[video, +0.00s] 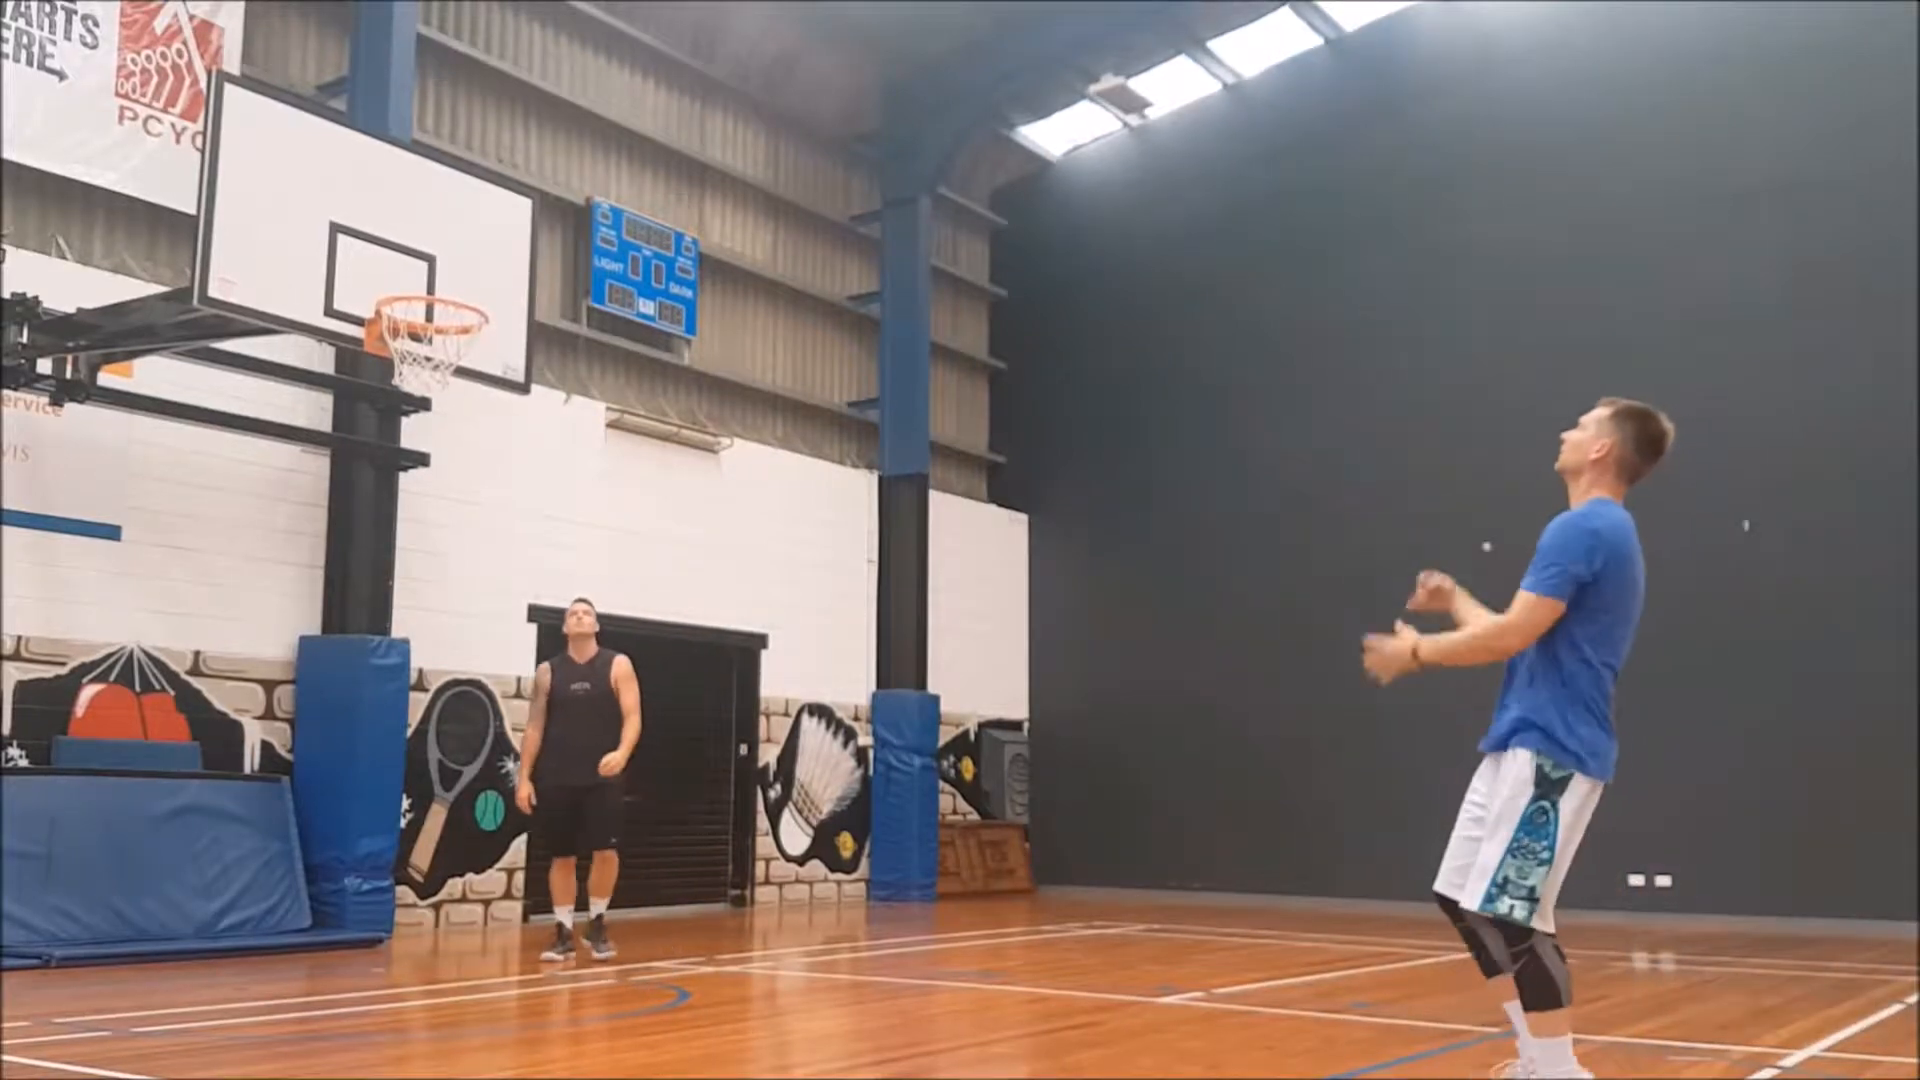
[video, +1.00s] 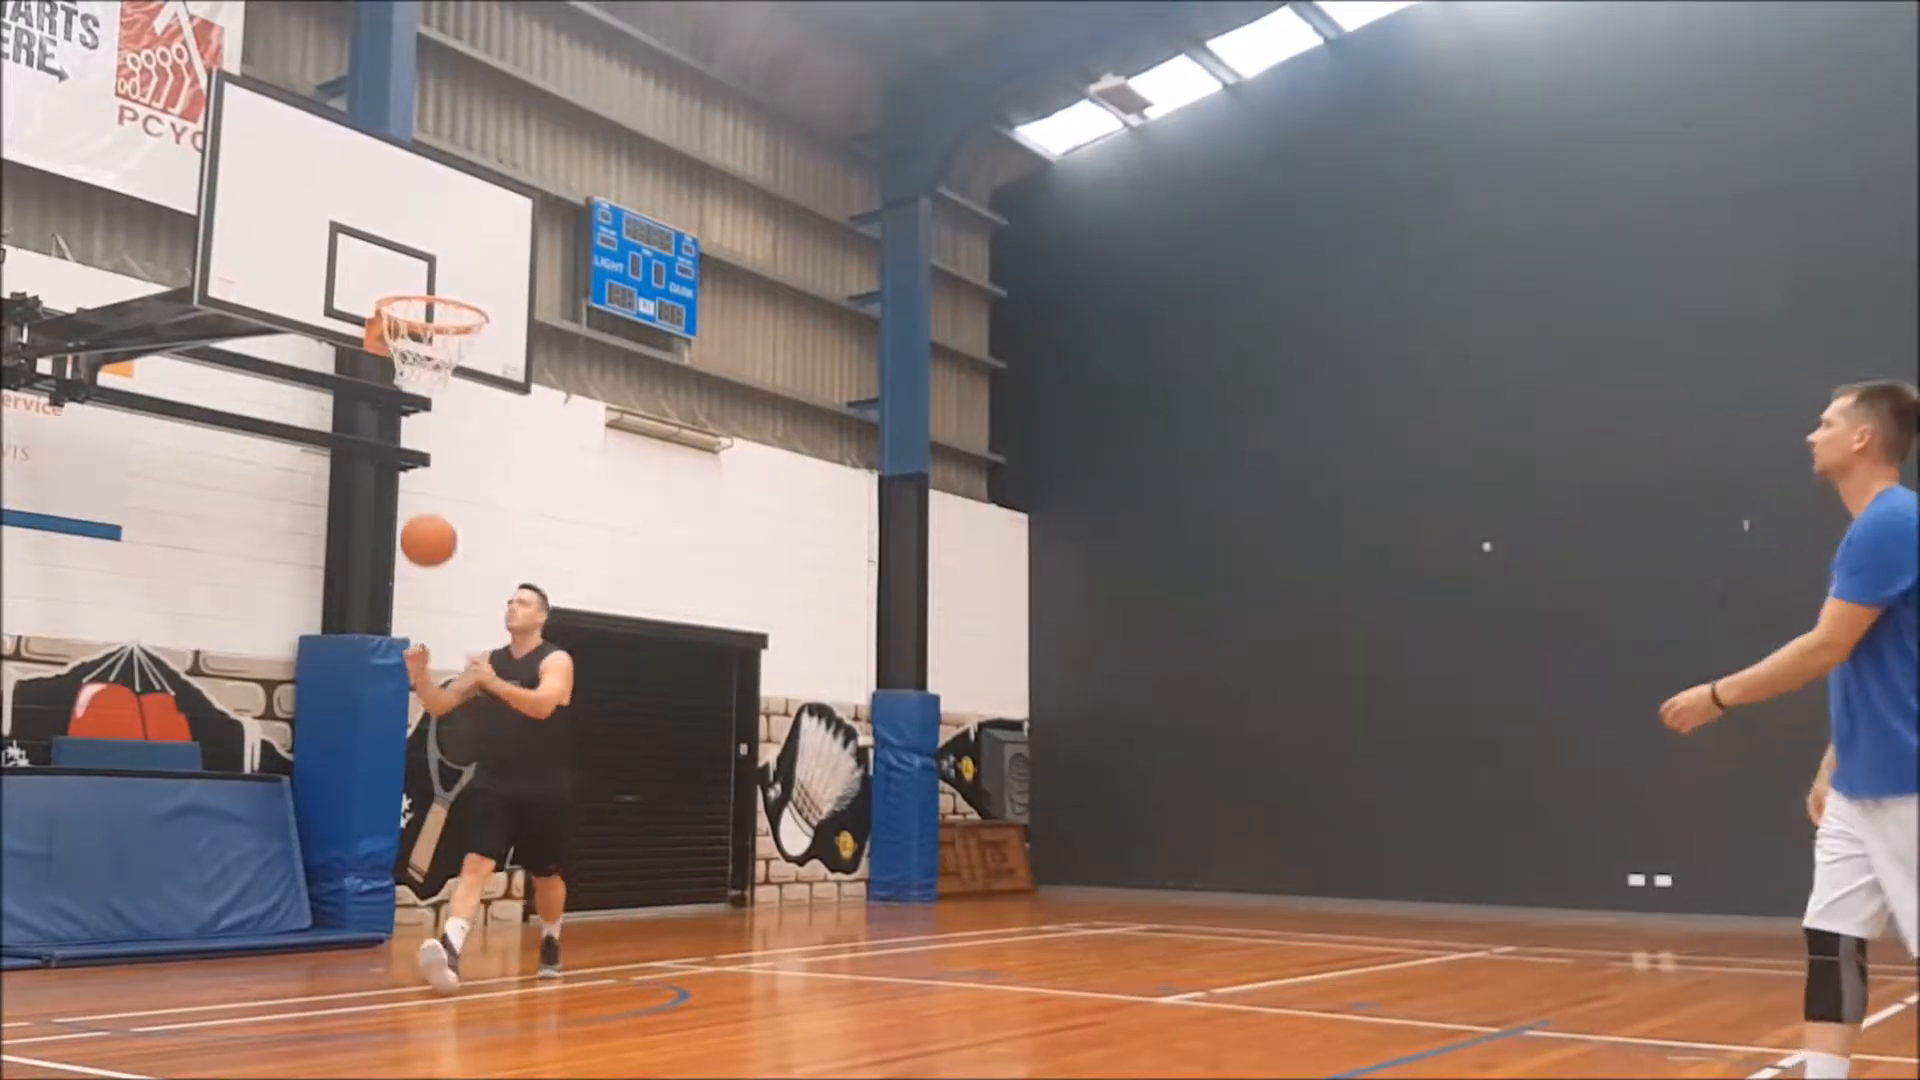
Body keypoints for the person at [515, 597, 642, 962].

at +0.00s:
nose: (579, 616)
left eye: (586, 613)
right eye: (573, 614)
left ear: (597, 625)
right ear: (564, 627)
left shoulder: (617, 665)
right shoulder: (547, 671)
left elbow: (632, 716)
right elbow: (534, 727)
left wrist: (622, 753)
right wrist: (524, 777)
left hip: (602, 777)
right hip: (557, 778)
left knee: (605, 850)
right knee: (562, 855)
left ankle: (598, 926)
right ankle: (564, 934)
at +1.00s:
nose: (513, 607)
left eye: (524, 603)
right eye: (511, 602)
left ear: (543, 617)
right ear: (505, 615)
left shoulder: (556, 660)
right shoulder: (489, 661)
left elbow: (542, 706)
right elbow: (441, 704)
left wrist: (491, 680)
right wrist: (419, 677)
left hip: (543, 786)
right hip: (493, 783)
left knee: (546, 872)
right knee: (476, 862)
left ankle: (550, 942)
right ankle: (449, 951)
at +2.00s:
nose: (494, 585)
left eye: (499, 579)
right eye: (485, 578)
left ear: (504, 590)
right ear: (464, 588)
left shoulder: (516, 643)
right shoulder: (445, 640)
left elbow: (531, 704)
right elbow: (434, 710)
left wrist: (543, 755)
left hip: (500, 769)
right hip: (451, 768)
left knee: (494, 863)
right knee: (454, 861)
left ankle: (484, 956)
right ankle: (442, 963)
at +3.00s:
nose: (450, 599)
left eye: (456, 594)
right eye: (443, 593)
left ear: (462, 604)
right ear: (426, 601)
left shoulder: (481, 653)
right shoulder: (398, 653)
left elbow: (492, 710)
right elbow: (377, 714)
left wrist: (486, 740)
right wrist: (403, 743)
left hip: (459, 773)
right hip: (409, 773)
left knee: (460, 860)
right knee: (411, 862)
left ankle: (471, 950)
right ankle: (413, 950)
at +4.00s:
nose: (447, 591)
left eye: (455, 589)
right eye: (440, 590)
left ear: (467, 608)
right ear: (429, 609)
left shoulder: (490, 653)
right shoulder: (409, 658)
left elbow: (515, 706)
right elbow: (390, 710)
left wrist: (519, 732)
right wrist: (382, 736)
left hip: (472, 778)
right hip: (418, 777)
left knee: (473, 861)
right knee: (415, 866)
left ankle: (463, 956)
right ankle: (413, 952)